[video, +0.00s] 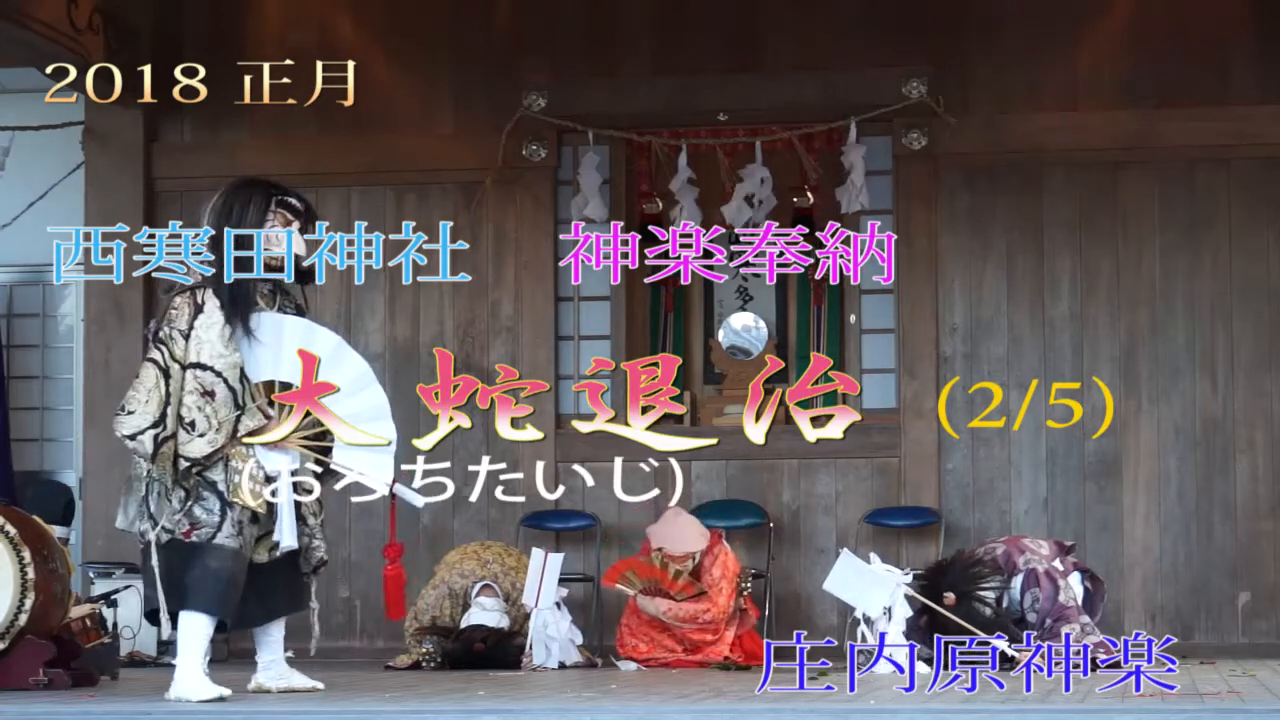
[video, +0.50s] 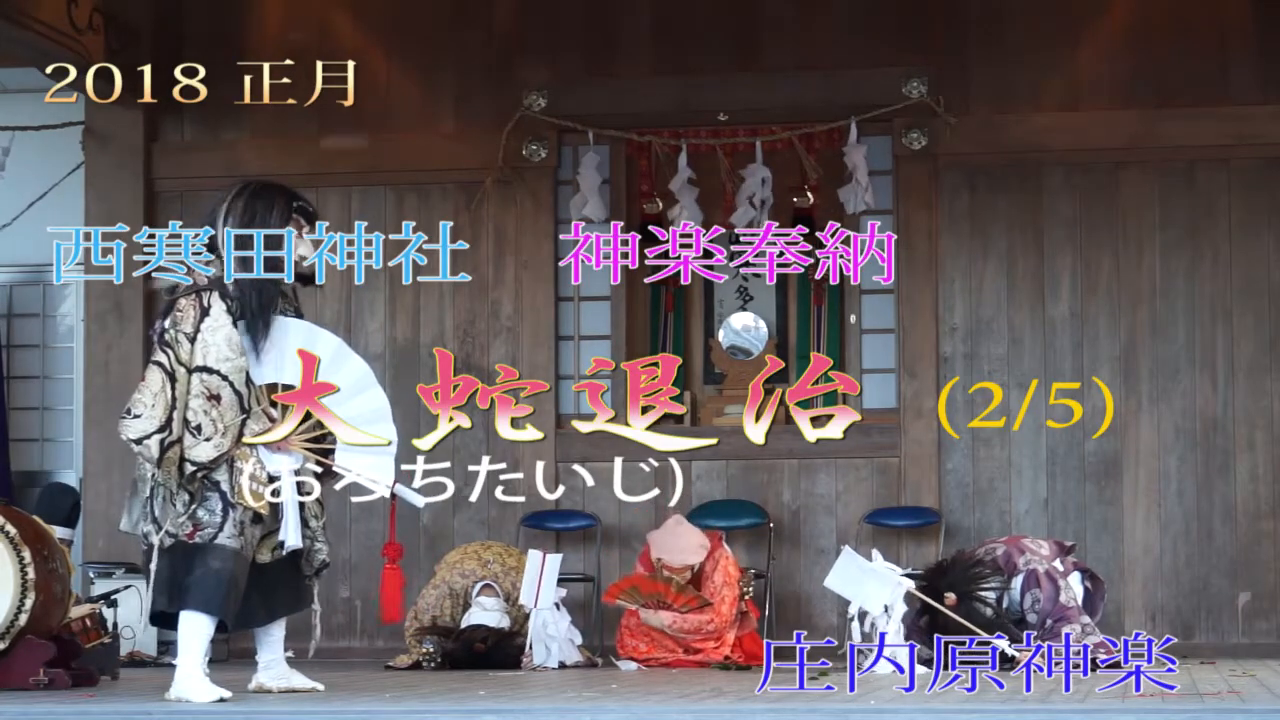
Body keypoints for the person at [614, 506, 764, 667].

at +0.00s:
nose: (678, 566)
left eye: (684, 559)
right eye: (671, 560)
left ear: (696, 551)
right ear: (661, 553)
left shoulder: (718, 555)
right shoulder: (651, 555)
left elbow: (716, 611)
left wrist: (659, 608)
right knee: (634, 618)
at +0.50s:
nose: (675, 579)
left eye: (681, 573)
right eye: (669, 573)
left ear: (695, 564)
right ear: (658, 562)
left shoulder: (719, 560)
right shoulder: (647, 559)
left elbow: (718, 621)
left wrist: (662, 620)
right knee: (630, 625)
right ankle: (711, 654)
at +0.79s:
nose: (676, 582)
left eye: (682, 576)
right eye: (670, 576)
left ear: (695, 567)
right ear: (658, 564)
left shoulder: (720, 563)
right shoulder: (647, 560)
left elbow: (720, 625)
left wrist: (665, 623)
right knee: (631, 640)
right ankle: (711, 652)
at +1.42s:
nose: (681, 585)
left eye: (686, 579)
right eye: (673, 580)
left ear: (697, 568)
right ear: (658, 570)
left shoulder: (718, 565)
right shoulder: (645, 565)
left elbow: (720, 627)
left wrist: (666, 630)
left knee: (720, 647)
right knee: (630, 642)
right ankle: (710, 655)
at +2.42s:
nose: (679, 591)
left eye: (685, 586)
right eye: (672, 586)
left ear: (696, 575)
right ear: (658, 575)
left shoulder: (718, 566)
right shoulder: (644, 569)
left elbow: (721, 635)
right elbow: (629, 644)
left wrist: (671, 636)